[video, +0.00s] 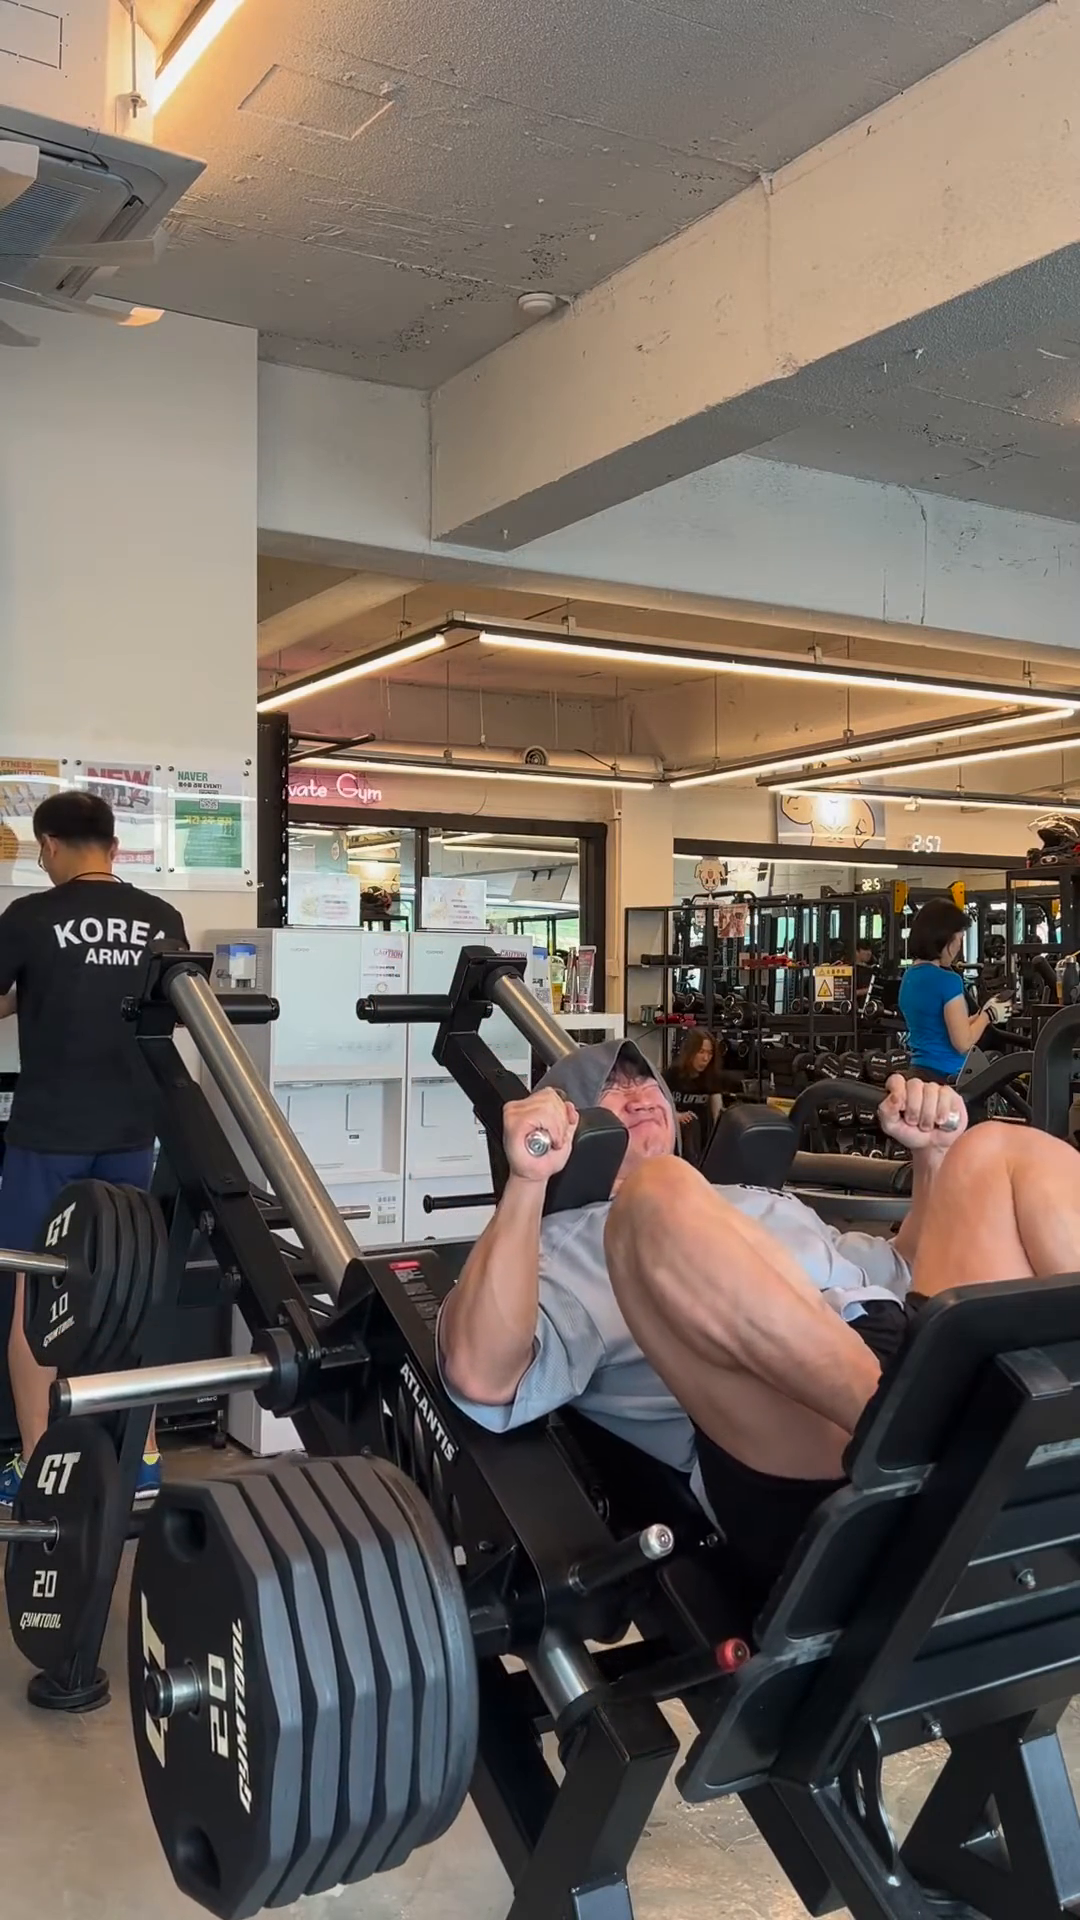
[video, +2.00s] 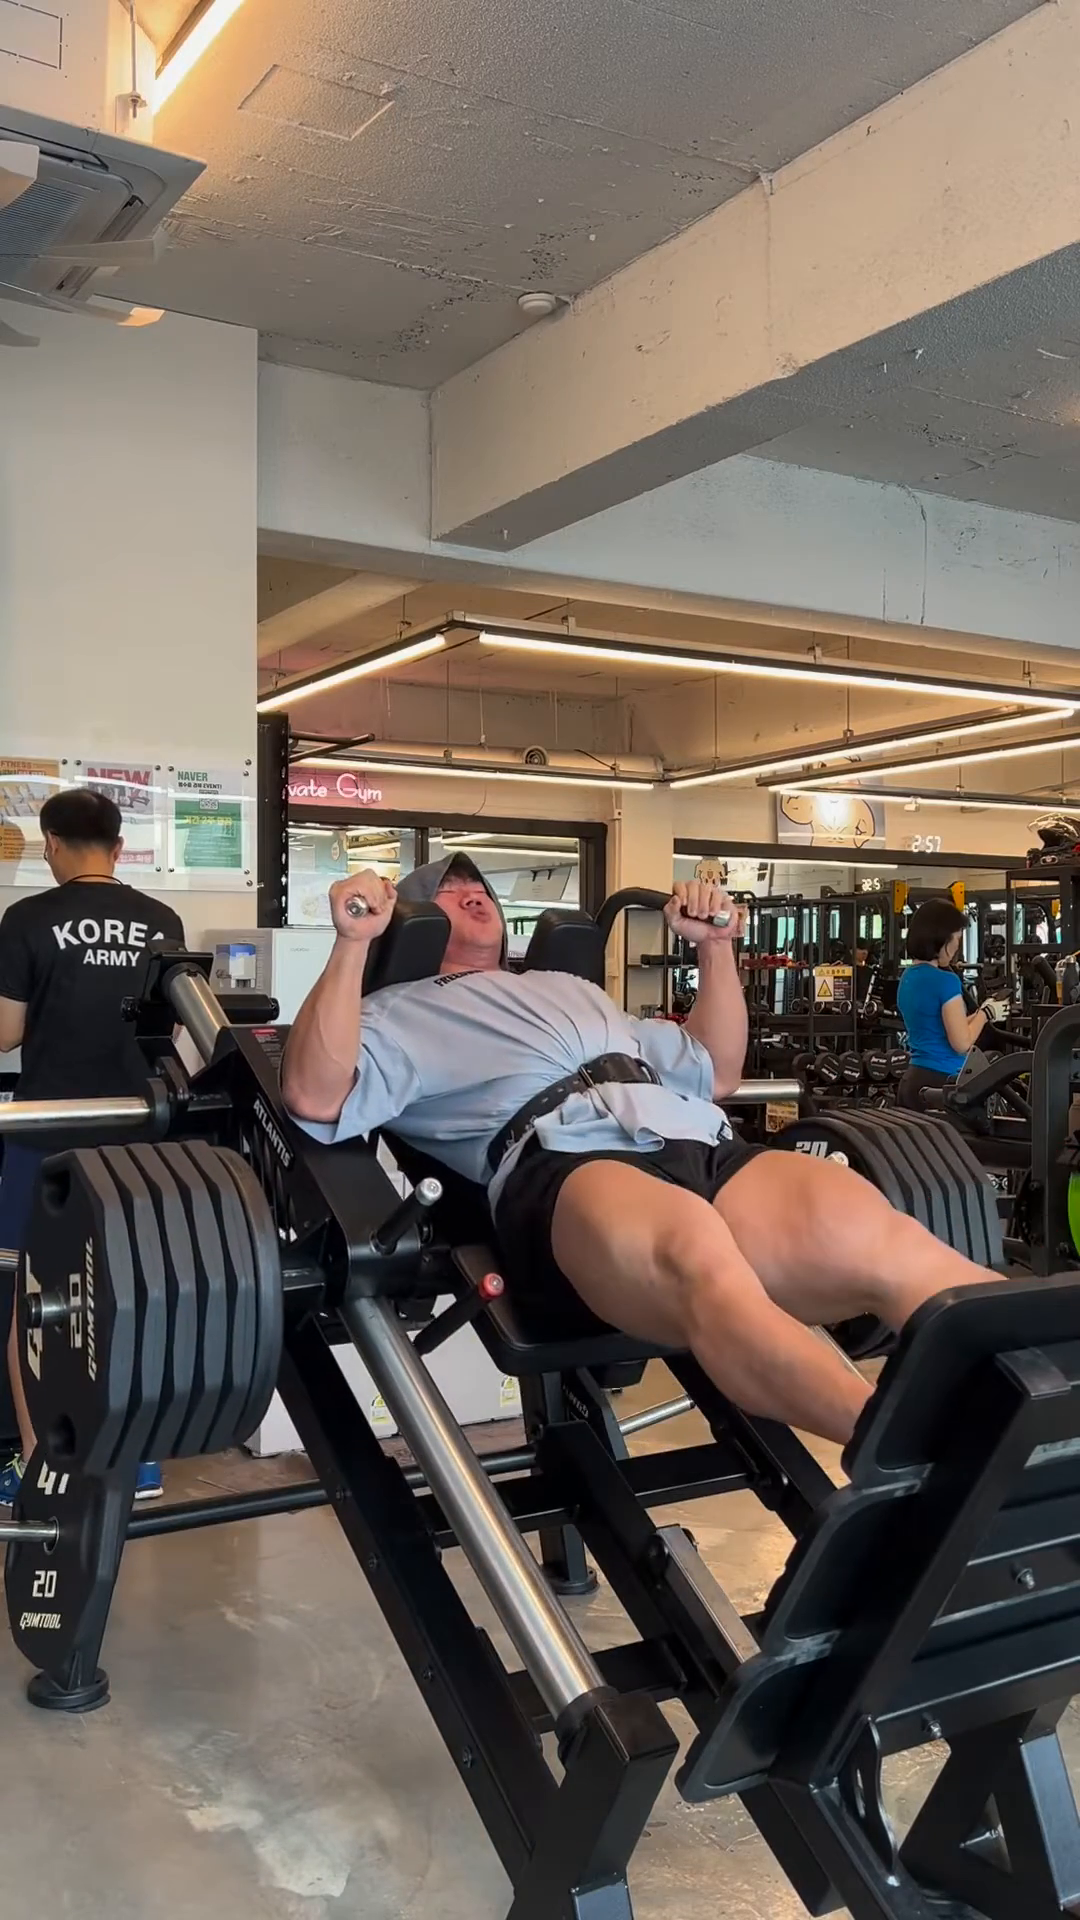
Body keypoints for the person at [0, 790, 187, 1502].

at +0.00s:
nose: (41, 862)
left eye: (40, 852)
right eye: (42, 853)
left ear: (48, 849)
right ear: (114, 848)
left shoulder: (30, 916)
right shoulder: (164, 917)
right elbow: (177, 1010)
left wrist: (35, 988)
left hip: (50, 1130)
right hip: (136, 1131)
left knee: (27, 1298)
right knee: (126, 1287)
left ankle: (40, 1466)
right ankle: (138, 1455)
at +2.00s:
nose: (52, 857)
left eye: (49, 847)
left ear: (51, 846)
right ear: (119, 848)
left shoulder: (28, 920)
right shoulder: (164, 920)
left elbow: (9, 1031)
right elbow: (178, 1027)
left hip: (45, 1134)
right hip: (138, 1135)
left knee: (27, 1297)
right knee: (135, 1294)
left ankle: (37, 1458)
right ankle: (140, 1463)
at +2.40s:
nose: (51, 857)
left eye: (48, 846)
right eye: (61, 847)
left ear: (50, 846)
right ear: (118, 848)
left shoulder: (32, 917)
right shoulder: (164, 920)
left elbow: (5, 1032)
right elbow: (178, 1027)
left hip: (46, 1138)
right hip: (138, 1141)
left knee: (29, 1299)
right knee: (134, 1297)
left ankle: (36, 1459)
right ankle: (139, 1465)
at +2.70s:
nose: (52, 857)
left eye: (49, 846)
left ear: (51, 846)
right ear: (119, 847)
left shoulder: (32, 917)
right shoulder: (163, 920)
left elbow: (7, 1033)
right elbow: (179, 1028)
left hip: (47, 1139)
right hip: (139, 1140)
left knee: (29, 1299)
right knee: (135, 1297)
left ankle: (36, 1459)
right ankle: (139, 1465)